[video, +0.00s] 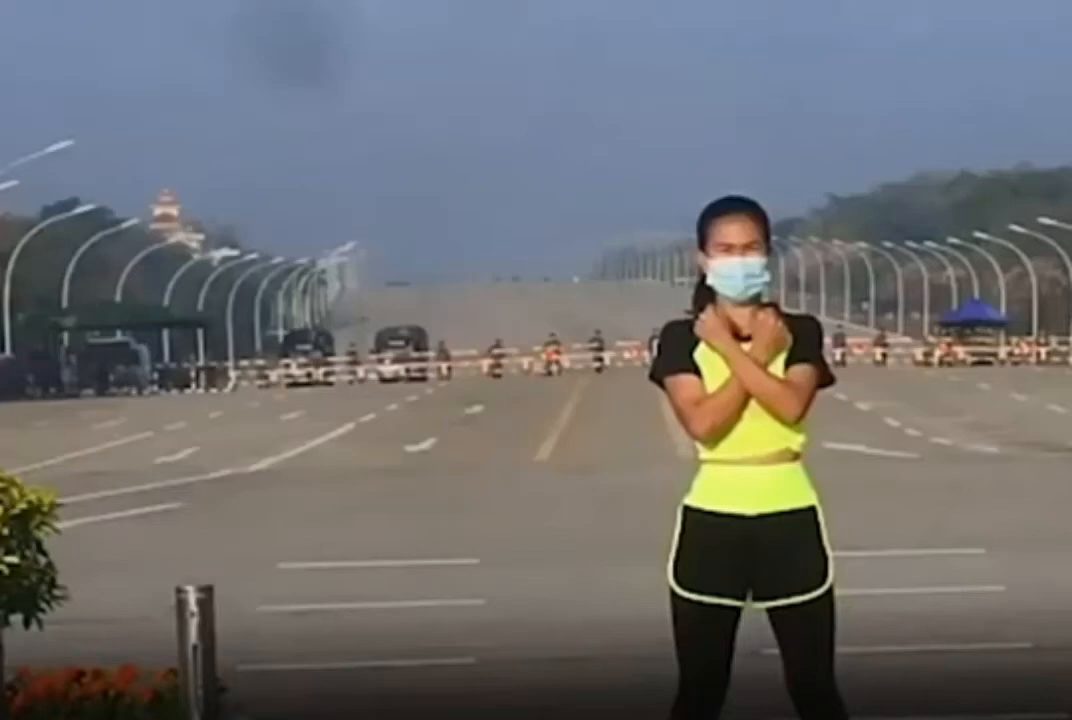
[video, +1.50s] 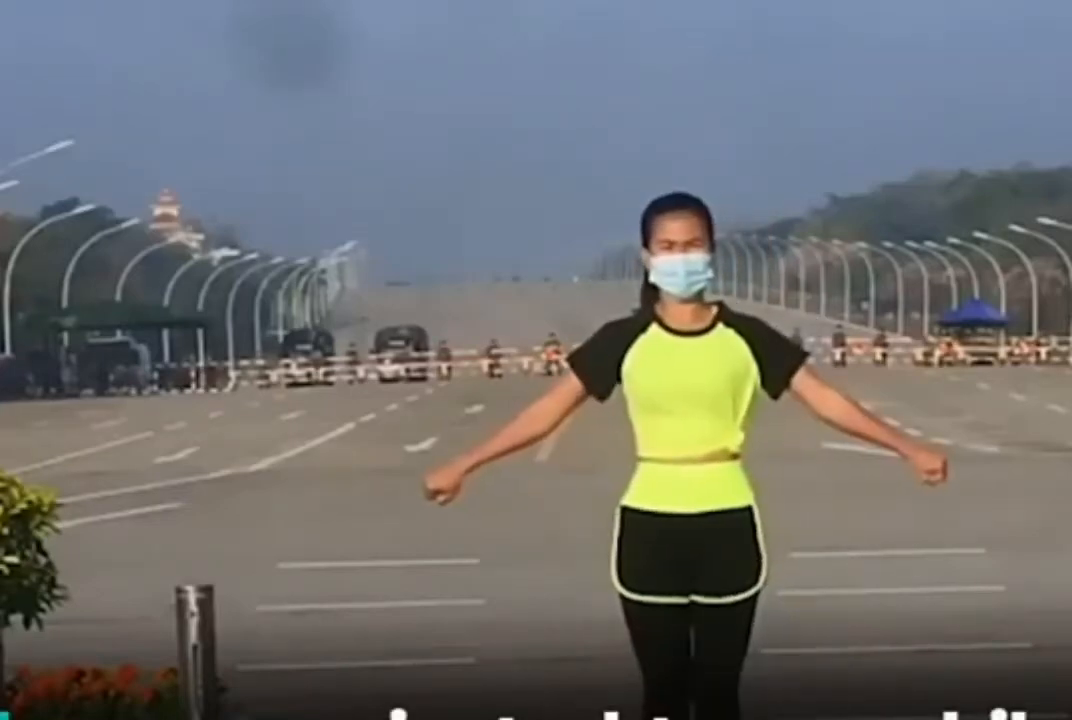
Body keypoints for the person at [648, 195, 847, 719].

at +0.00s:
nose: (742, 263)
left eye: (753, 250)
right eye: (726, 251)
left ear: (768, 255)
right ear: (703, 260)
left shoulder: (800, 329)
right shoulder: (679, 338)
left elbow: (793, 406)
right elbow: (701, 424)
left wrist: (724, 344)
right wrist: (759, 356)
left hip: (791, 523)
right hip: (711, 526)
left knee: (815, 689)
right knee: (701, 691)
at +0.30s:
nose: (741, 263)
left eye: (753, 250)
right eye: (726, 251)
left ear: (767, 255)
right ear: (702, 260)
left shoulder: (800, 330)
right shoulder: (679, 338)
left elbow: (793, 407)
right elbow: (700, 425)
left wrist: (724, 344)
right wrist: (758, 358)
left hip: (790, 523)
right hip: (710, 526)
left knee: (814, 689)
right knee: (700, 691)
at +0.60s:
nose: (720, 259)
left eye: (731, 247)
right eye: (704, 249)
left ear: (746, 254)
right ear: (681, 258)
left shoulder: (777, 336)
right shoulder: (653, 336)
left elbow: (803, 425)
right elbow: (625, 429)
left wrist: (748, 399)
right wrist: (696, 398)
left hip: (754, 521)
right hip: (674, 524)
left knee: (793, 683)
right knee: (676, 690)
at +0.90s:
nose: (688, 256)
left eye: (699, 243)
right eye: (673, 245)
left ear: (715, 251)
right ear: (649, 255)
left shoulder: (746, 334)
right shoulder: (620, 335)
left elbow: (822, 406)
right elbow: (550, 419)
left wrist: (895, 453)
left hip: (730, 521)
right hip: (649, 524)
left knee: (725, 690)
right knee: (665, 692)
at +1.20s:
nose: (683, 259)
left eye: (695, 245)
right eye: (668, 247)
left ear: (712, 254)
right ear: (644, 257)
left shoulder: (745, 336)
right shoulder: (619, 340)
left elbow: (824, 400)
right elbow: (540, 416)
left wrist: (907, 446)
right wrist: (457, 466)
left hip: (727, 526)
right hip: (647, 528)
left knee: (717, 694)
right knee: (662, 695)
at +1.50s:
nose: (684, 259)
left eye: (695, 245)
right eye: (669, 247)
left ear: (713, 254)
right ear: (646, 258)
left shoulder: (748, 336)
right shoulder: (622, 341)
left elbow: (825, 401)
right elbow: (544, 415)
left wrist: (908, 447)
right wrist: (462, 466)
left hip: (729, 525)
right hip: (649, 527)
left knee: (717, 693)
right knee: (663, 695)